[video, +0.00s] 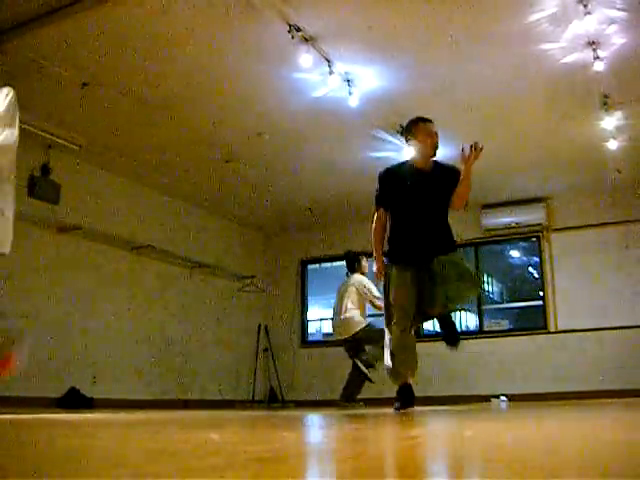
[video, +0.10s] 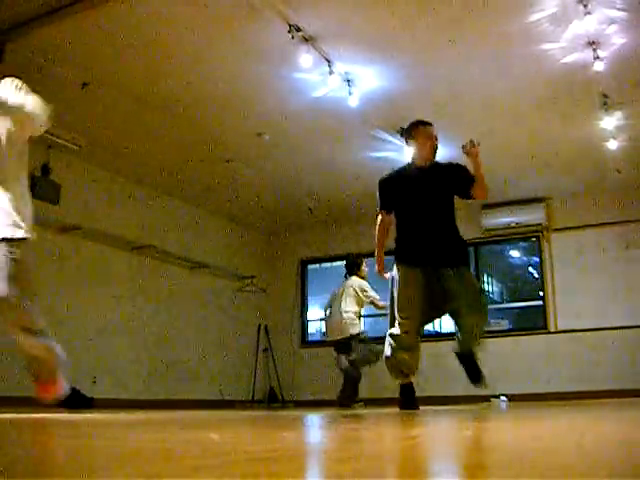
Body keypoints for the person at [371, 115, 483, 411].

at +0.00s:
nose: (436, 137)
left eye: (436, 133)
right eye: (429, 133)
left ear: (435, 140)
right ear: (413, 138)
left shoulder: (447, 173)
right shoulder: (392, 176)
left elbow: (459, 204)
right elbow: (381, 218)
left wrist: (466, 169)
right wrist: (378, 256)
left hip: (439, 252)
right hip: (403, 255)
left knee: (460, 285)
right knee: (400, 322)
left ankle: (442, 313)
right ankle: (404, 386)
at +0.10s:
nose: (434, 142)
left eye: (434, 137)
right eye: (428, 137)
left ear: (433, 142)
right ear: (413, 142)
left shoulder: (448, 172)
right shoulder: (392, 182)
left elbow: (479, 193)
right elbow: (384, 220)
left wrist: (474, 160)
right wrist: (380, 255)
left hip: (449, 256)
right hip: (412, 260)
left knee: (474, 309)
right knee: (407, 325)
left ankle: (466, 349)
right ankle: (406, 385)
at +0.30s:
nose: (446, 163)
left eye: (448, 158)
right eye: (440, 158)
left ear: (453, 160)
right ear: (427, 163)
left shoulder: (469, 189)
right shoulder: (416, 197)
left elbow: (502, 208)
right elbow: (395, 230)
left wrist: (494, 174)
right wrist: (363, 233)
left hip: (465, 276)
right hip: (429, 277)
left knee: (479, 334)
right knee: (422, 313)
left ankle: (486, 389)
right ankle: (408, 381)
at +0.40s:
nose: (463, 185)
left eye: (465, 179)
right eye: (456, 179)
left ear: (469, 181)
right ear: (442, 182)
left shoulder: (481, 209)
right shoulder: (428, 209)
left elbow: (510, 232)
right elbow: (388, 223)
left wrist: (515, 228)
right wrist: (400, 213)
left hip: (472, 283)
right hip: (439, 280)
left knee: (483, 341)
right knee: (439, 295)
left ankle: (486, 393)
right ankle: (423, 350)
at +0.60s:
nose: (506, 214)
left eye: (506, 208)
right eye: (502, 208)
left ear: (492, 211)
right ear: (485, 209)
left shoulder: (484, 238)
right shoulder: (465, 232)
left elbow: (478, 268)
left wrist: (495, 270)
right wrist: (479, 268)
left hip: (470, 299)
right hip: (443, 301)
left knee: (485, 349)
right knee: (451, 352)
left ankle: (486, 392)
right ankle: (455, 381)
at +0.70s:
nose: (509, 227)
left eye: (509, 221)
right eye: (505, 222)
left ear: (490, 224)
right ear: (488, 224)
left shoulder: (473, 241)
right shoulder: (476, 251)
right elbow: (496, 296)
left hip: (471, 310)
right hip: (446, 314)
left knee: (490, 346)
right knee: (452, 360)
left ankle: (487, 394)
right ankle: (450, 392)